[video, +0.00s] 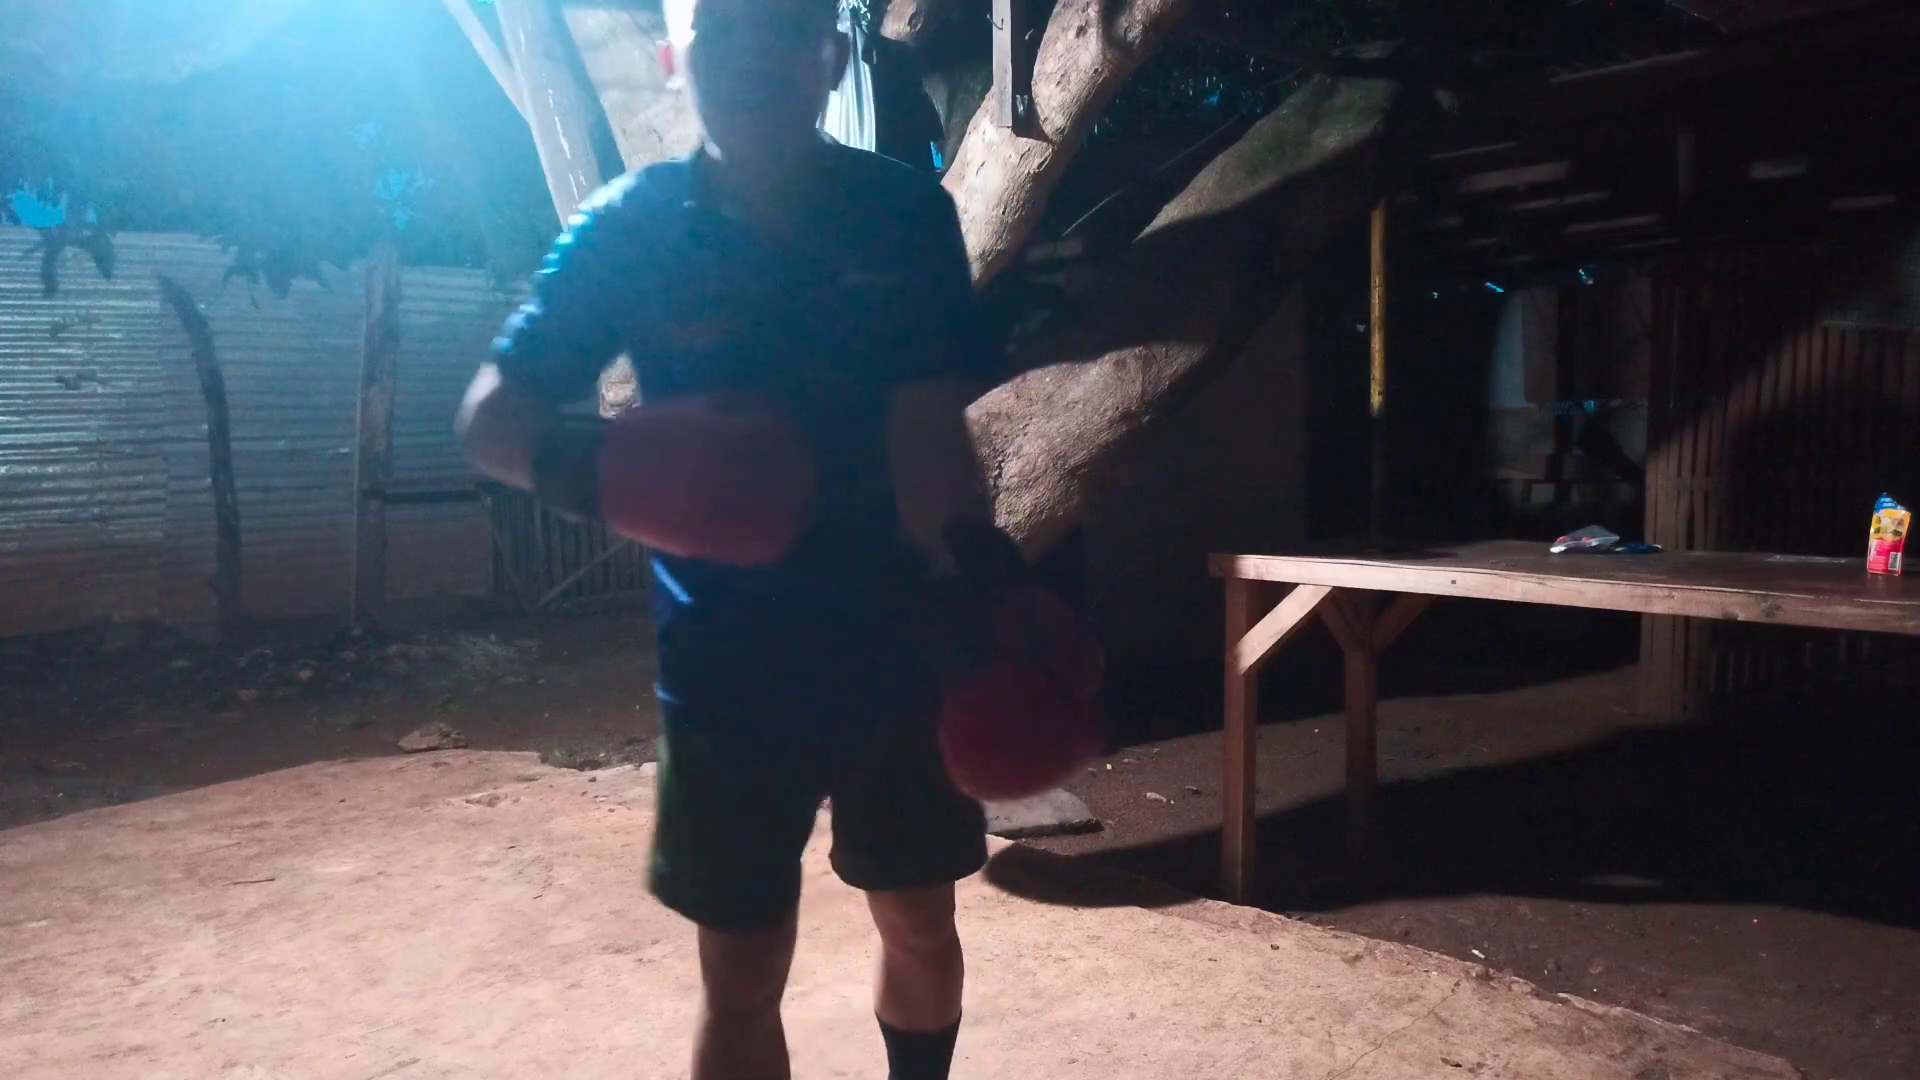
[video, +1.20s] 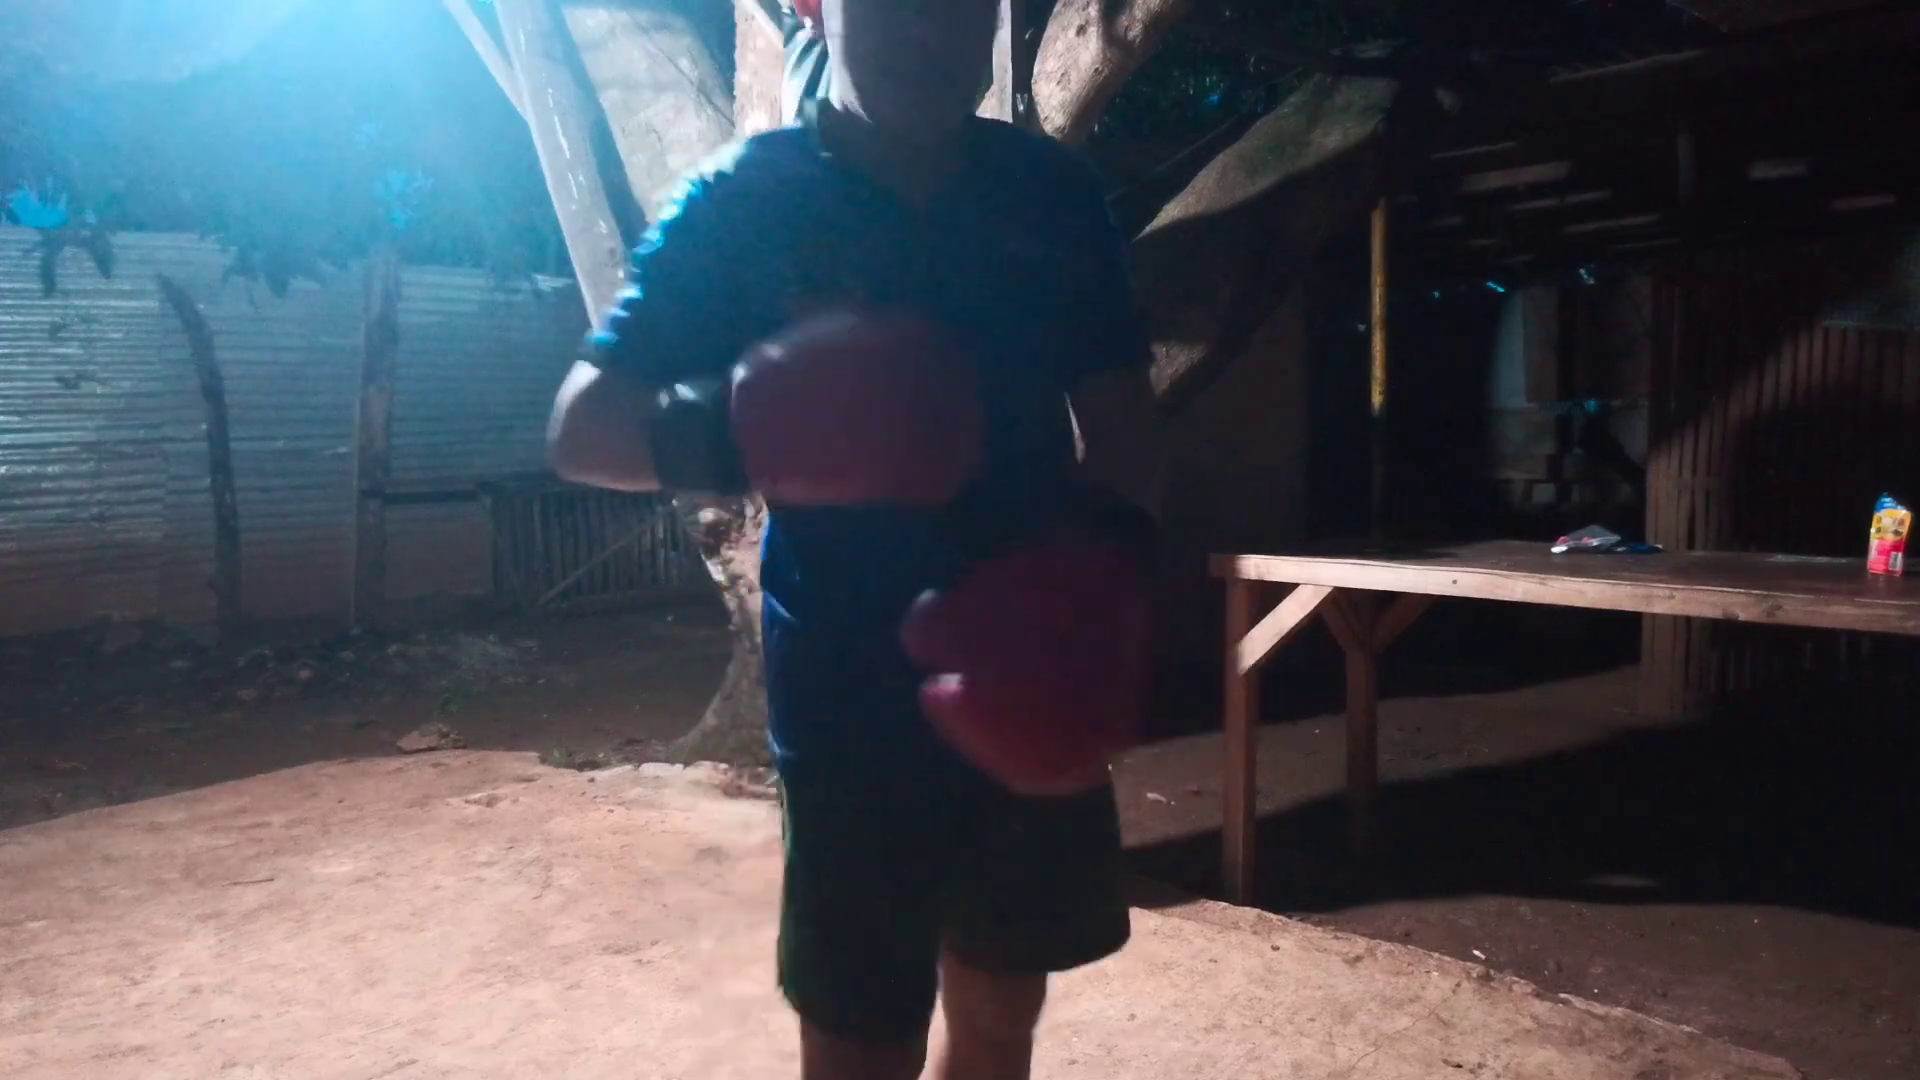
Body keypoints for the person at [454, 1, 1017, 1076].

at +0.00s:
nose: (758, 61)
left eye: (789, 34)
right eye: (727, 35)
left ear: (836, 60)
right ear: (681, 62)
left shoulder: (898, 205)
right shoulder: (630, 225)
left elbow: (928, 428)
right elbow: (493, 415)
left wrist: (996, 587)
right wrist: (621, 470)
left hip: (896, 623)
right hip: (729, 642)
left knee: (921, 926)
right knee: (741, 976)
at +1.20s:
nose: (931, 24)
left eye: (960, 2)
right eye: (895, 1)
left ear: (997, 19)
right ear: (818, 14)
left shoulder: (1053, 191)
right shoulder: (753, 195)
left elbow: (1121, 426)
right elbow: (582, 432)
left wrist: (1102, 591)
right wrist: (767, 426)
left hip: (1034, 665)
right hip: (847, 687)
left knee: (1000, 1003)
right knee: (862, 1046)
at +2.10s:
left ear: (1073, 1)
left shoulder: (1153, 154)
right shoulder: (847, 119)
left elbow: (1214, 383)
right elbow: (859, 347)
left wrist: (1058, 535)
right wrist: (1091, 422)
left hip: (1116, 660)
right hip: (915, 666)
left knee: (1092, 990)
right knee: (919, 1037)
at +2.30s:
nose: (1012, 5)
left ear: (1091, 6)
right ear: (930, 6)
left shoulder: (1170, 165)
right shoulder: (861, 151)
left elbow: (1247, 418)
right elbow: (738, 387)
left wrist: (1193, 595)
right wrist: (902, 382)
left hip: (1128, 651)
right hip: (941, 661)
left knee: (1088, 1010)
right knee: (952, 1040)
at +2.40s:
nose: (1013, 1)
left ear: (1098, 2)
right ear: (930, 3)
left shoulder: (1177, 162)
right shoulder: (860, 153)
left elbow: (1253, 398)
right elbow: (715, 388)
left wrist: (1228, 593)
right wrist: (893, 370)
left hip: (1133, 660)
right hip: (943, 663)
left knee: (1082, 1028)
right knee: (950, 1043)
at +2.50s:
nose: (1003, 2)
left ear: (1087, 2)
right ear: (922, 5)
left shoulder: (1170, 154)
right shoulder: (856, 154)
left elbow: (1265, 385)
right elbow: (742, 398)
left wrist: (1173, 420)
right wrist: (943, 404)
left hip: (1122, 662)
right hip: (932, 667)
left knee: (1082, 1023)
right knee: (931, 1043)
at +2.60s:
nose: (992, 0)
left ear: (1070, 3)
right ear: (903, 8)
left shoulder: (1162, 150)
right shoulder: (840, 157)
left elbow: (1247, 387)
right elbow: (752, 404)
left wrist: (1155, 549)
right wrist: (971, 400)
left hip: (1123, 656)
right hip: (926, 663)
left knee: (1084, 1004)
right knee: (923, 1035)